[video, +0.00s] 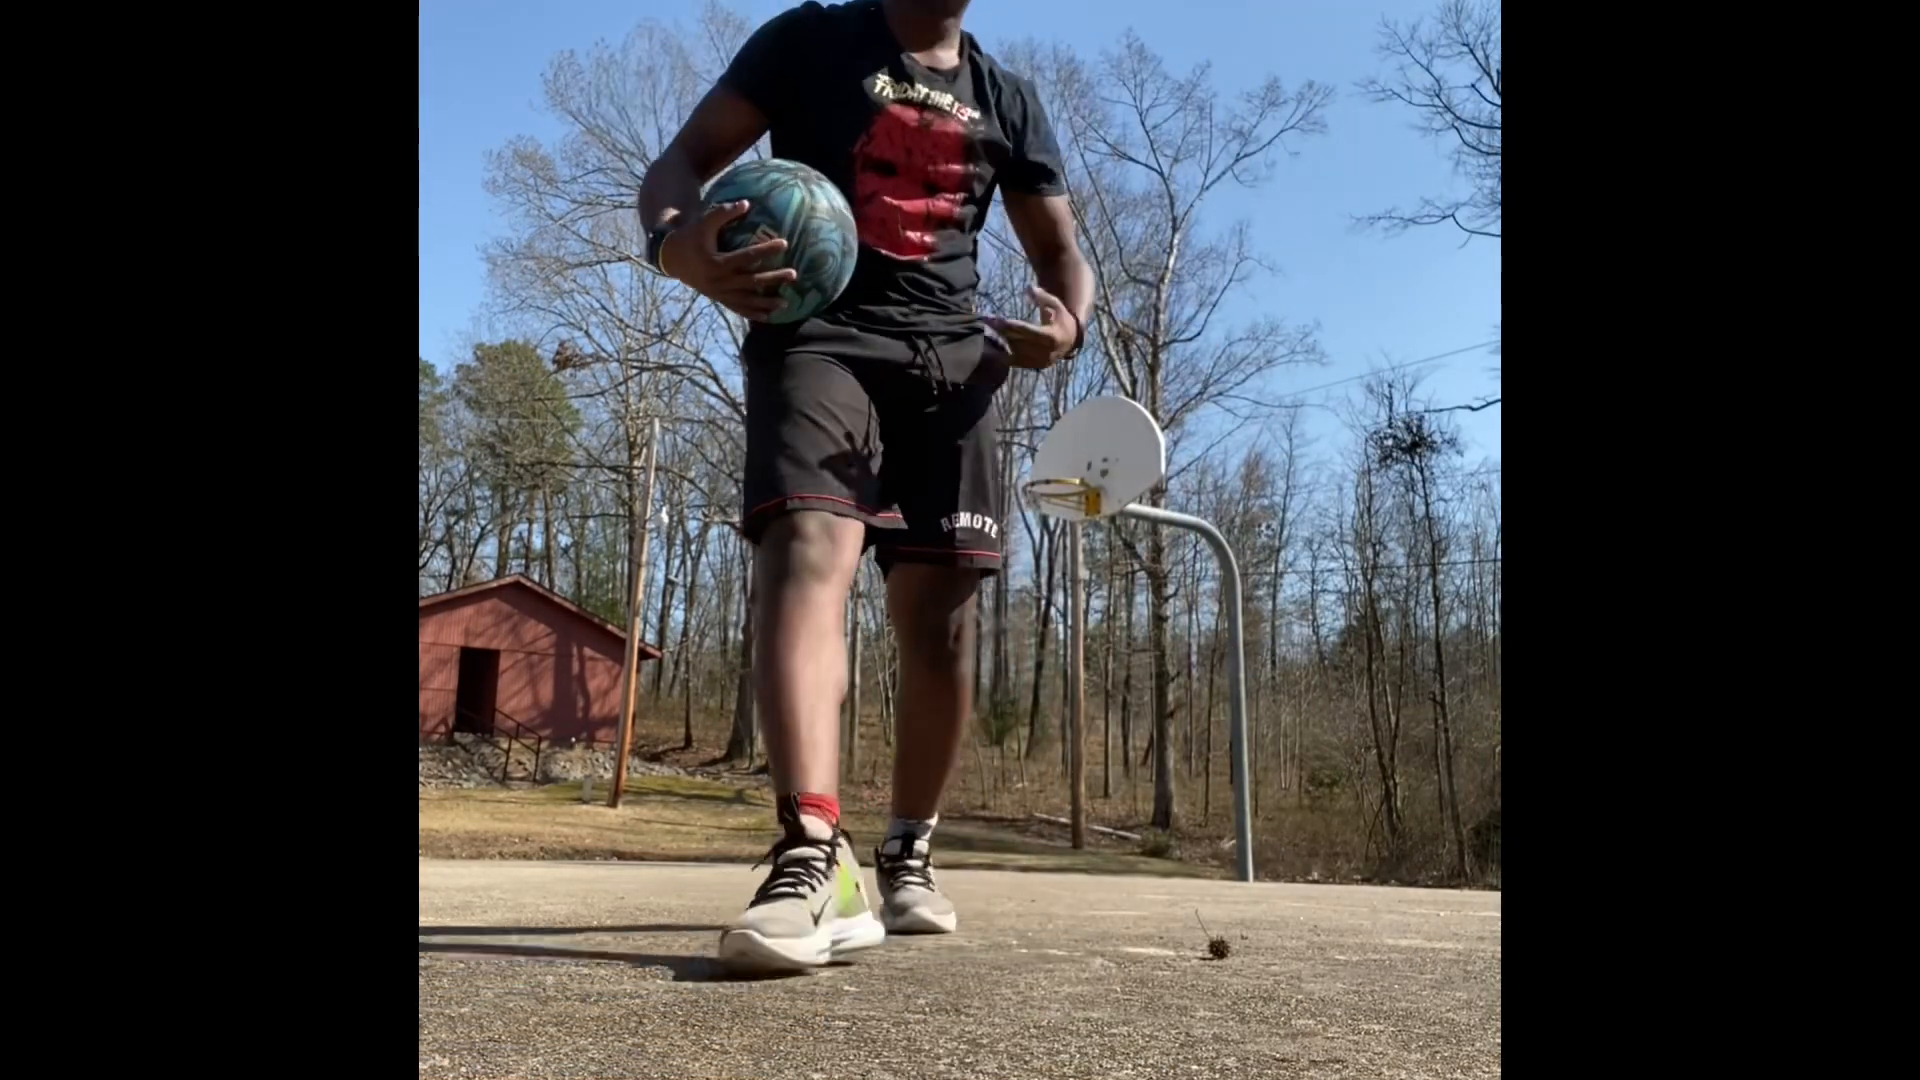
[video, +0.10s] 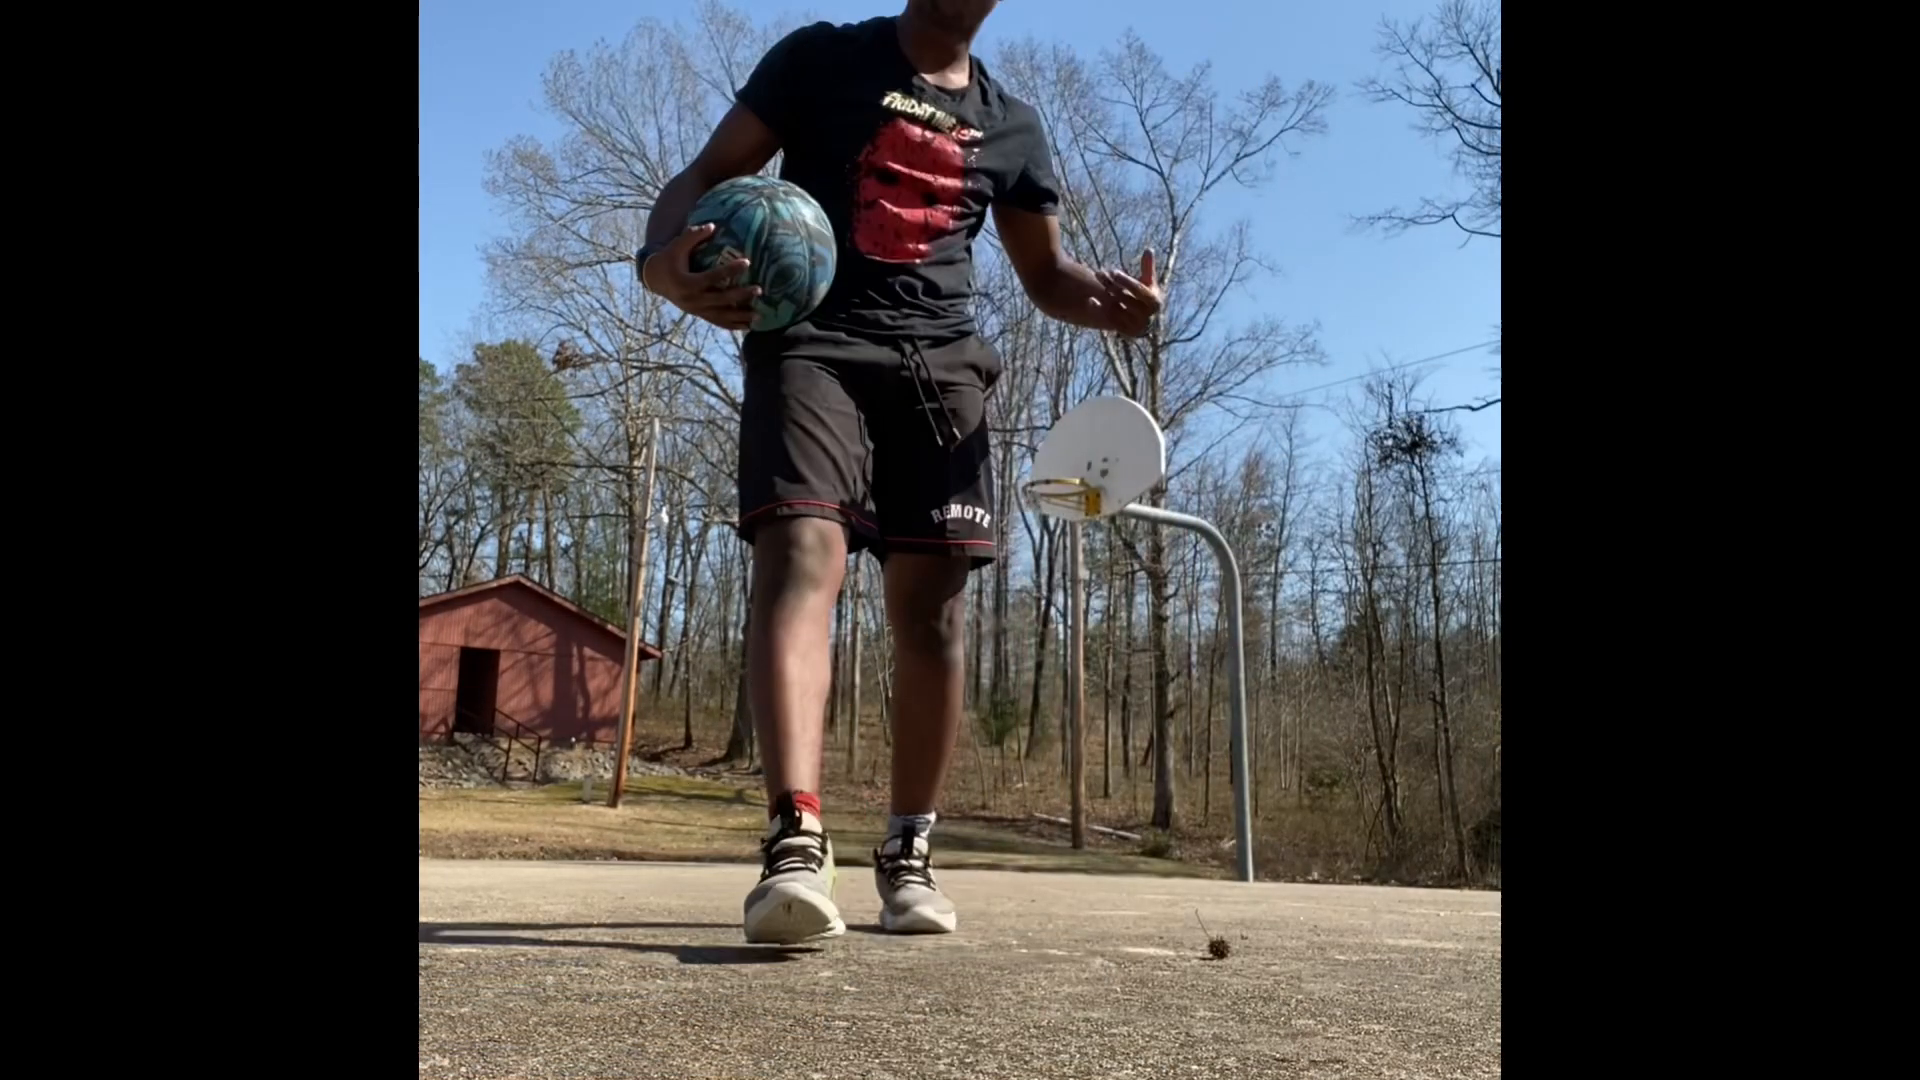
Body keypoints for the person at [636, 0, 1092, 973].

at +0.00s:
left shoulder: (1005, 95)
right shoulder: (804, 42)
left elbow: (1062, 259)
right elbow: (677, 169)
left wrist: (1065, 321)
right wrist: (674, 243)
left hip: (952, 347)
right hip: (817, 333)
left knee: (941, 613)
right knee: (808, 542)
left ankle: (909, 857)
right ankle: (811, 852)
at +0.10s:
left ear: (994, 1)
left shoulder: (1011, 124)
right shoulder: (818, 59)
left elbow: (1050, 275)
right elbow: (704, 181)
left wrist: (1115, 306)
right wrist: (655, 264)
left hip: (940, 352)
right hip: (811, 341)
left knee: (934, 613)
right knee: (805, 551)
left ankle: (909, 861)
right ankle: (795, 855)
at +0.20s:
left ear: (990, 5)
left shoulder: (1004, 121)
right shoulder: (820, 69)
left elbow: (1052, 281)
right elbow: (726, 197)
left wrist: (1062, 310)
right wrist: (675, 279)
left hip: (936, 357)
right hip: (811, 343)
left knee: (925, 597)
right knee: (794, 557)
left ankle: (904, 856)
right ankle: (788, 848)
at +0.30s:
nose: (935, 8)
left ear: (974, 18)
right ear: (883, 9)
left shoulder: (1003, 163)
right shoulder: (813, 111)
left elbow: (1023, 304)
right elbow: (730, 244)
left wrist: (976, 318)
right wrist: (707, 308)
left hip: (931, 379)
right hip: (806, 370)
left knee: (927, 605)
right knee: (781, 603)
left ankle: (903, 857)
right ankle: (763, 841)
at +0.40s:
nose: (910, 34)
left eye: (928, 23)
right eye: (891, 18)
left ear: (950, 46)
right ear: (859, 33)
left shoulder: (976, 180)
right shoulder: (799, 144)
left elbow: (979, 331)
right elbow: (753, 255)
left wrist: (937, 289)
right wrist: (744, 325)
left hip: (920, 402)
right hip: (798, 396)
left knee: (928, 603)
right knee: (772, 613)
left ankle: (906, 854)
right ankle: (758, 816)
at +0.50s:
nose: (873, 73)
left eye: (891, 63)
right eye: (858, 59)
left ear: (914, 90)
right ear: (826, 77)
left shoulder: (948, 196)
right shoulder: (778, 187)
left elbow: (988, 330)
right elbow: (753, 287)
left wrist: (928, 265)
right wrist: (786, 357)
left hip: (904, 414)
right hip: (788, 410)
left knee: (912, 600)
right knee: (763, 632)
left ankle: (903, 853)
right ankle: (762, 834)